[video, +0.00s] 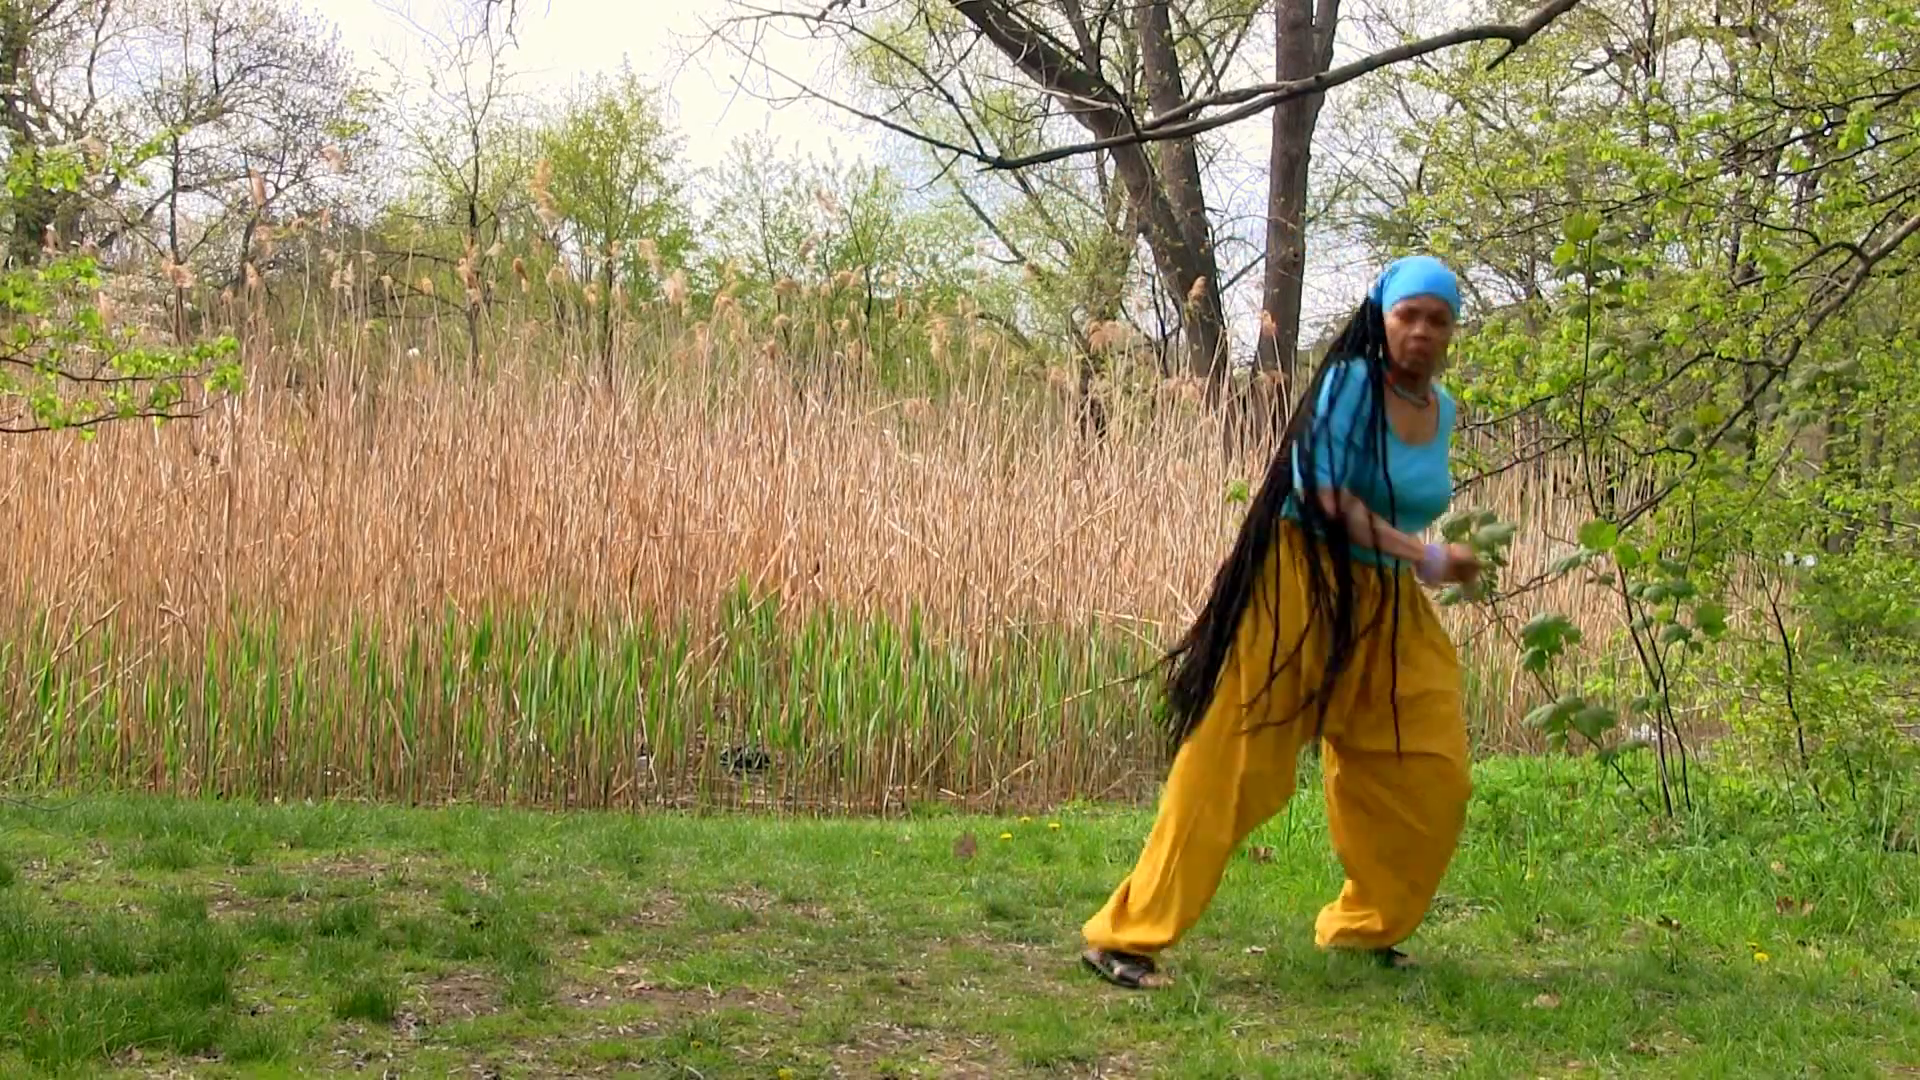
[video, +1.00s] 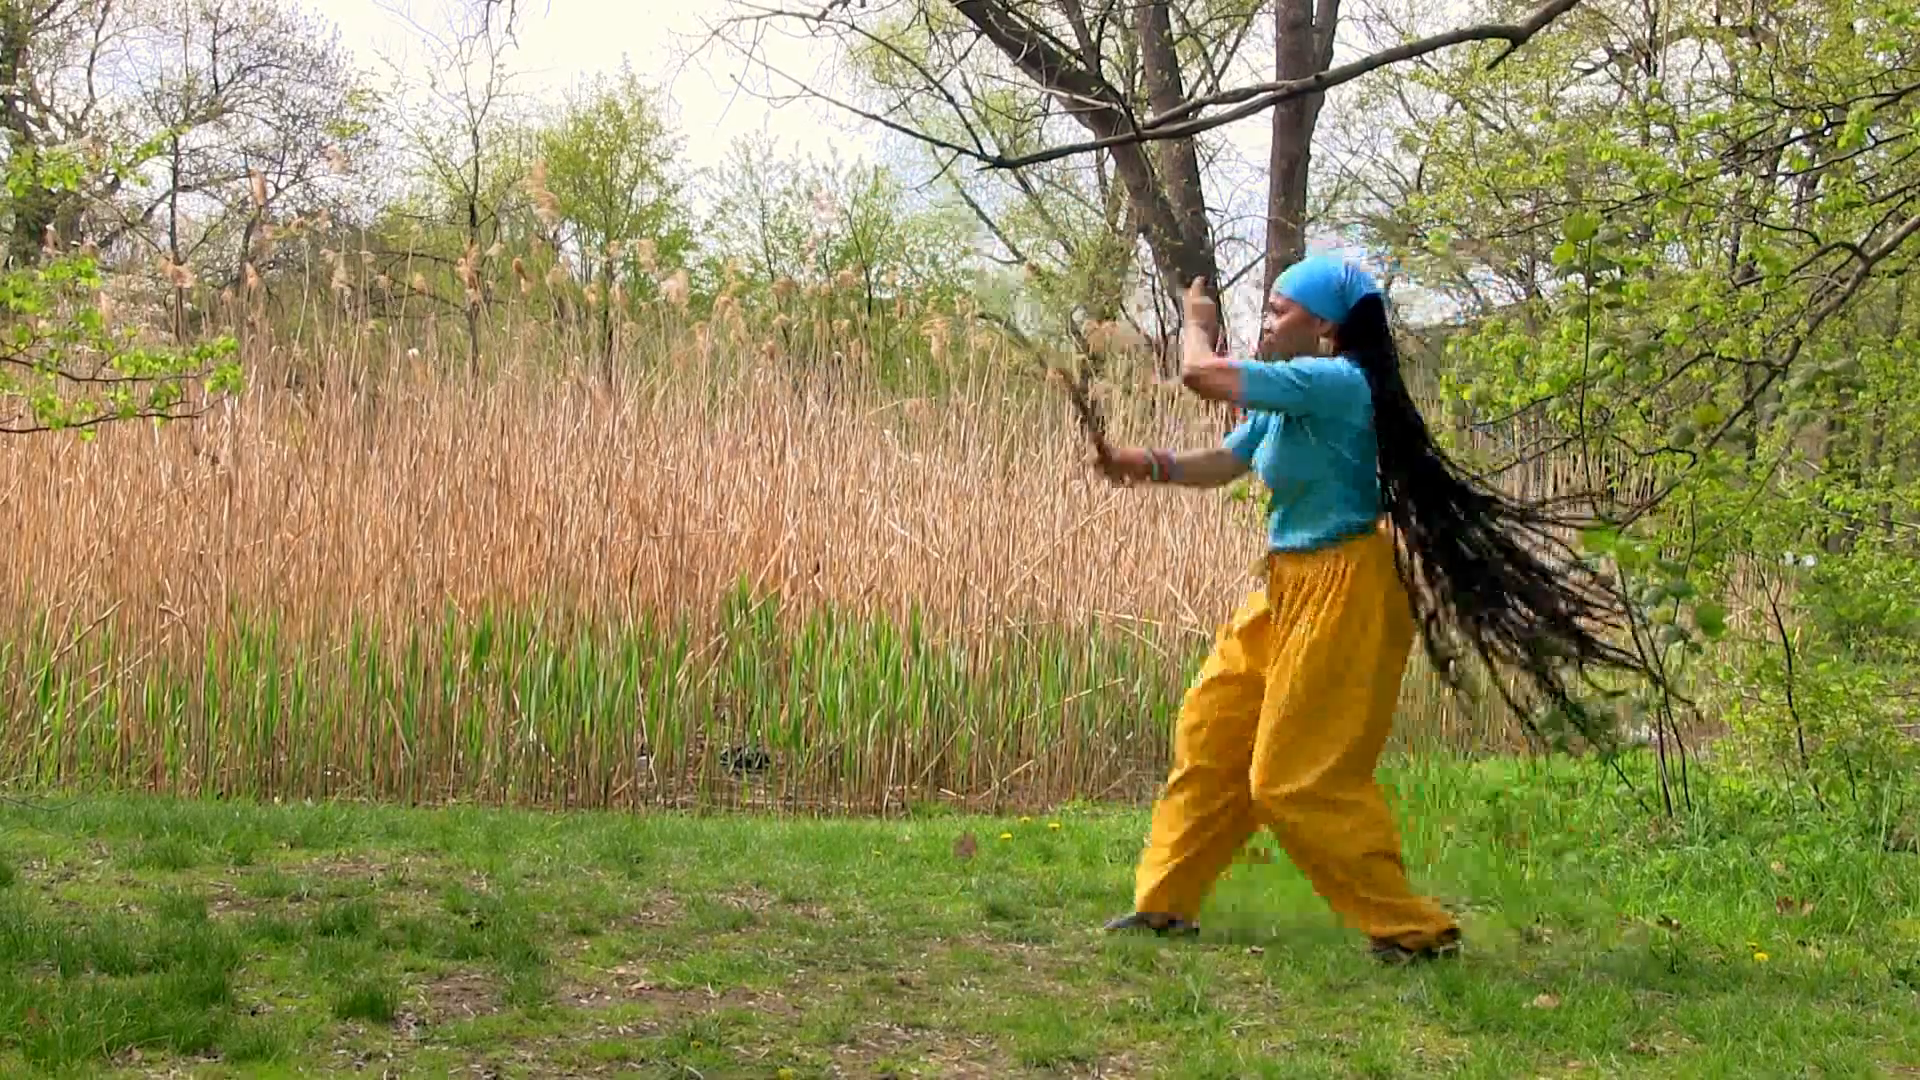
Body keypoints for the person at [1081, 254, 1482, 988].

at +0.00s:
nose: (1423, 332)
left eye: (1438, 321)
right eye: (1410, 316)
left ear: (1453, 332)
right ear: (1381, 320)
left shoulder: (1441, 409)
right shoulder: (1350, 384)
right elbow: (1322, 493)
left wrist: (1436, 559)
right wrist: (1419, 550)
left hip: (1391, 599)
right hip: (1303, 581)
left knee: (1435, 771)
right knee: (1232, 750)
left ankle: (1362, 928)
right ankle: (1126, 933)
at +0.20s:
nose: (1379, 292)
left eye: (1397, 284)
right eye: (1382, 278)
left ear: (1444, 302)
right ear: (1383, 284)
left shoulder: (1486, 374)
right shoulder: (1347, 344)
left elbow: (1524, 473)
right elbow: (1263, 390)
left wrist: (1462, 391)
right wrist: (1219, 335)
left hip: (1410, 574)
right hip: (1306, 552)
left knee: (1387, 766)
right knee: (1225, 706)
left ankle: (1395, 933)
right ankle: (1319, 791)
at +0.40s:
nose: (1369, 301)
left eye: (1385, 294)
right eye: (1371, 293)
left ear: (1432, 309)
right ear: (1383, 302)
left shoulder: (1422, 359)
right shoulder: (1397, 353)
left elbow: (1278, 342)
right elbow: (1348, 320)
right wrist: (1327, 235)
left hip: (1417, 576)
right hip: (1349, 570)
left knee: (1372, 765)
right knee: (1324, 752)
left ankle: (1394, 932)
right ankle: (1497, 747)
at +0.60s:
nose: (1335, 328)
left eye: (1347, 320)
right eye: (1337, 318)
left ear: (1389, 340)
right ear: (1397, 343)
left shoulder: (1345, 396)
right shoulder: (1436, 396)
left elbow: (1238, 378)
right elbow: (1405, 351)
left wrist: (1173, 342)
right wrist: (1349, 294)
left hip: (1408, 596)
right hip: (1473, 584)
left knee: (1311, 771)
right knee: (1497, 761)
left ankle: (1411, 931)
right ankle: (1588, 919)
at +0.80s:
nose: (1296, 312)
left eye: (1309, 300)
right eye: (1299, 298)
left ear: (1353, 314)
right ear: (1357, 315)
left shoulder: (1330, 378)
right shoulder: (1392, 369)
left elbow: (1219, 439)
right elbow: (1286, 455)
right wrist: (1234, 353)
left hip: (1383, 567)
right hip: (1444, 559)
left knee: (1319, 764)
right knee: (1382, 728)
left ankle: (1414, 930)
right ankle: (1436, 851)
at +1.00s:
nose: (1266, 321)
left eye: (1281, 310)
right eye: (1271, 308)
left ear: (1325, 330)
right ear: (1311, 328)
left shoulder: (1340, 382)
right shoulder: (1287, 396)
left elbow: (1205, 373)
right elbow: (1227, 461)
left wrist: (1196, 317)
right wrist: (1147, 465)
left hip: (1345, 588)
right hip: (1286, 588)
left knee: (1296, 773)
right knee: (1212, 735)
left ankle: (1412, 932)